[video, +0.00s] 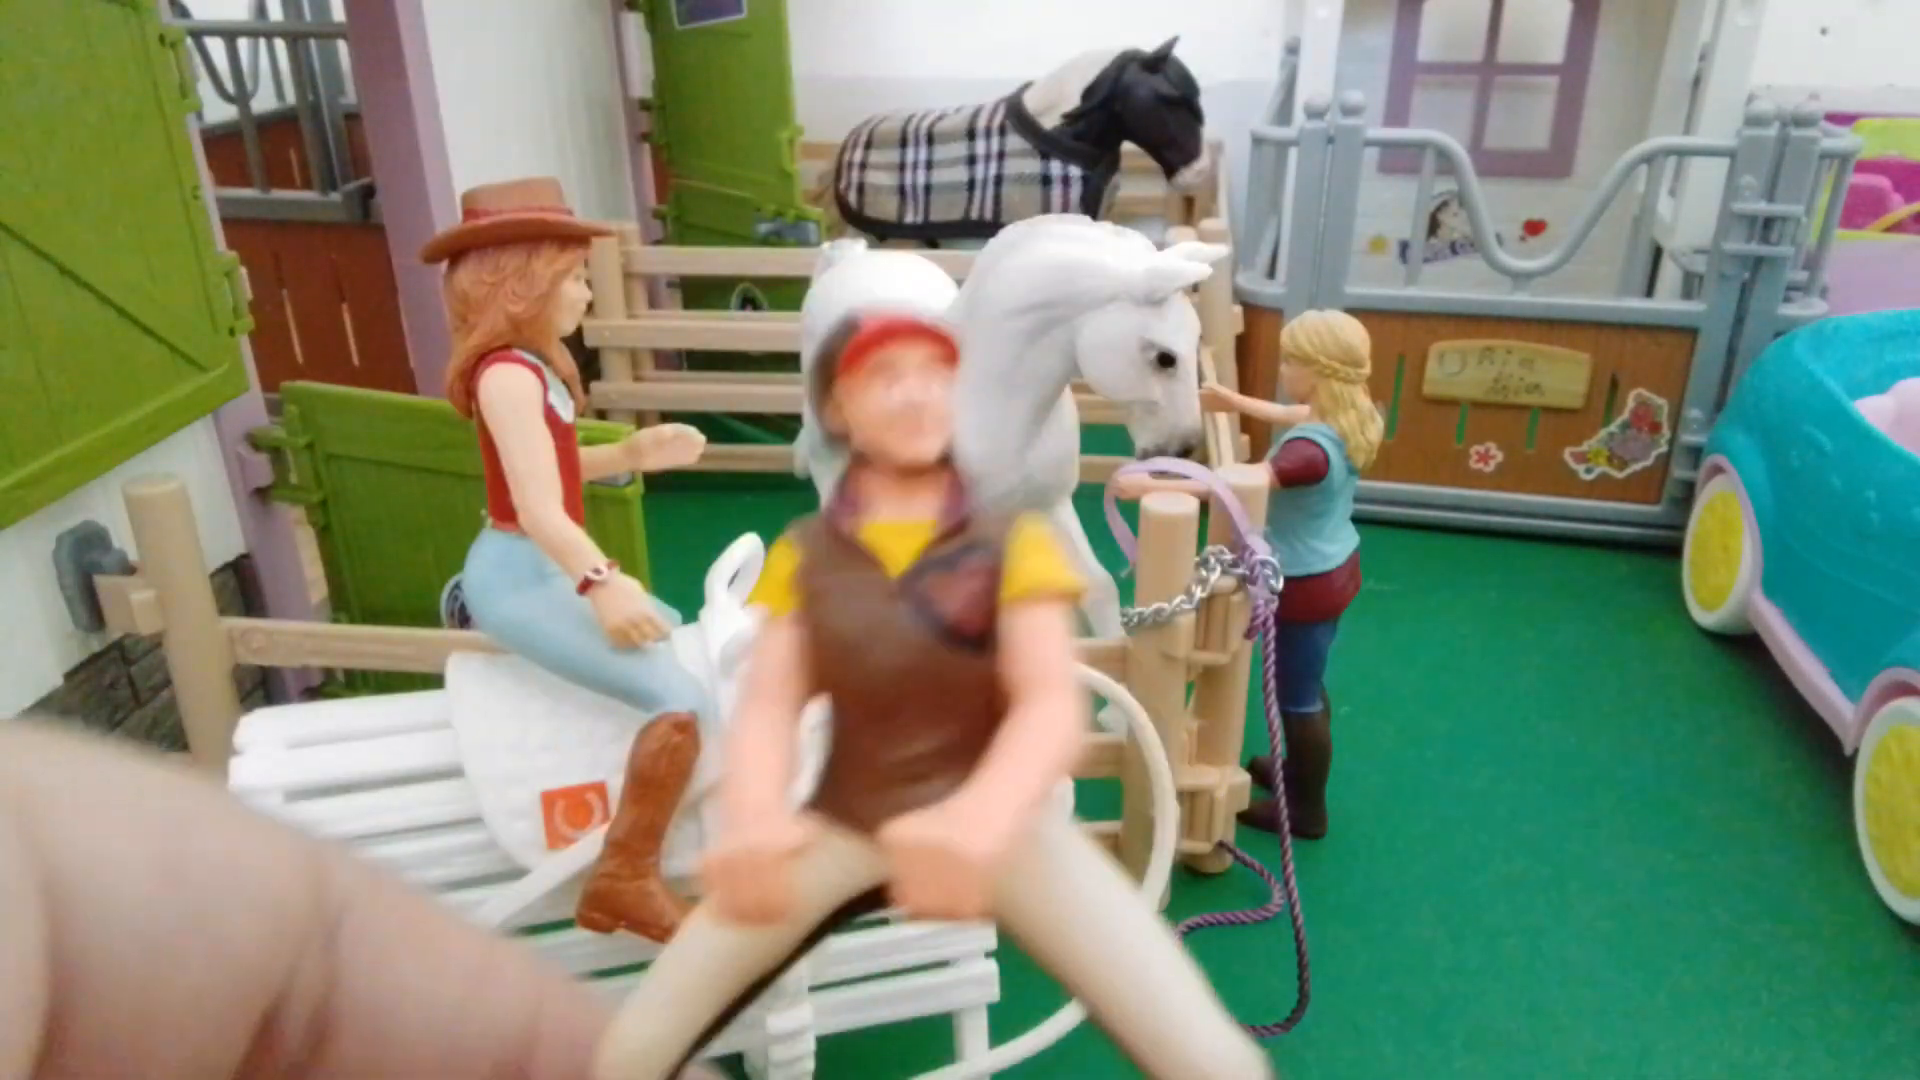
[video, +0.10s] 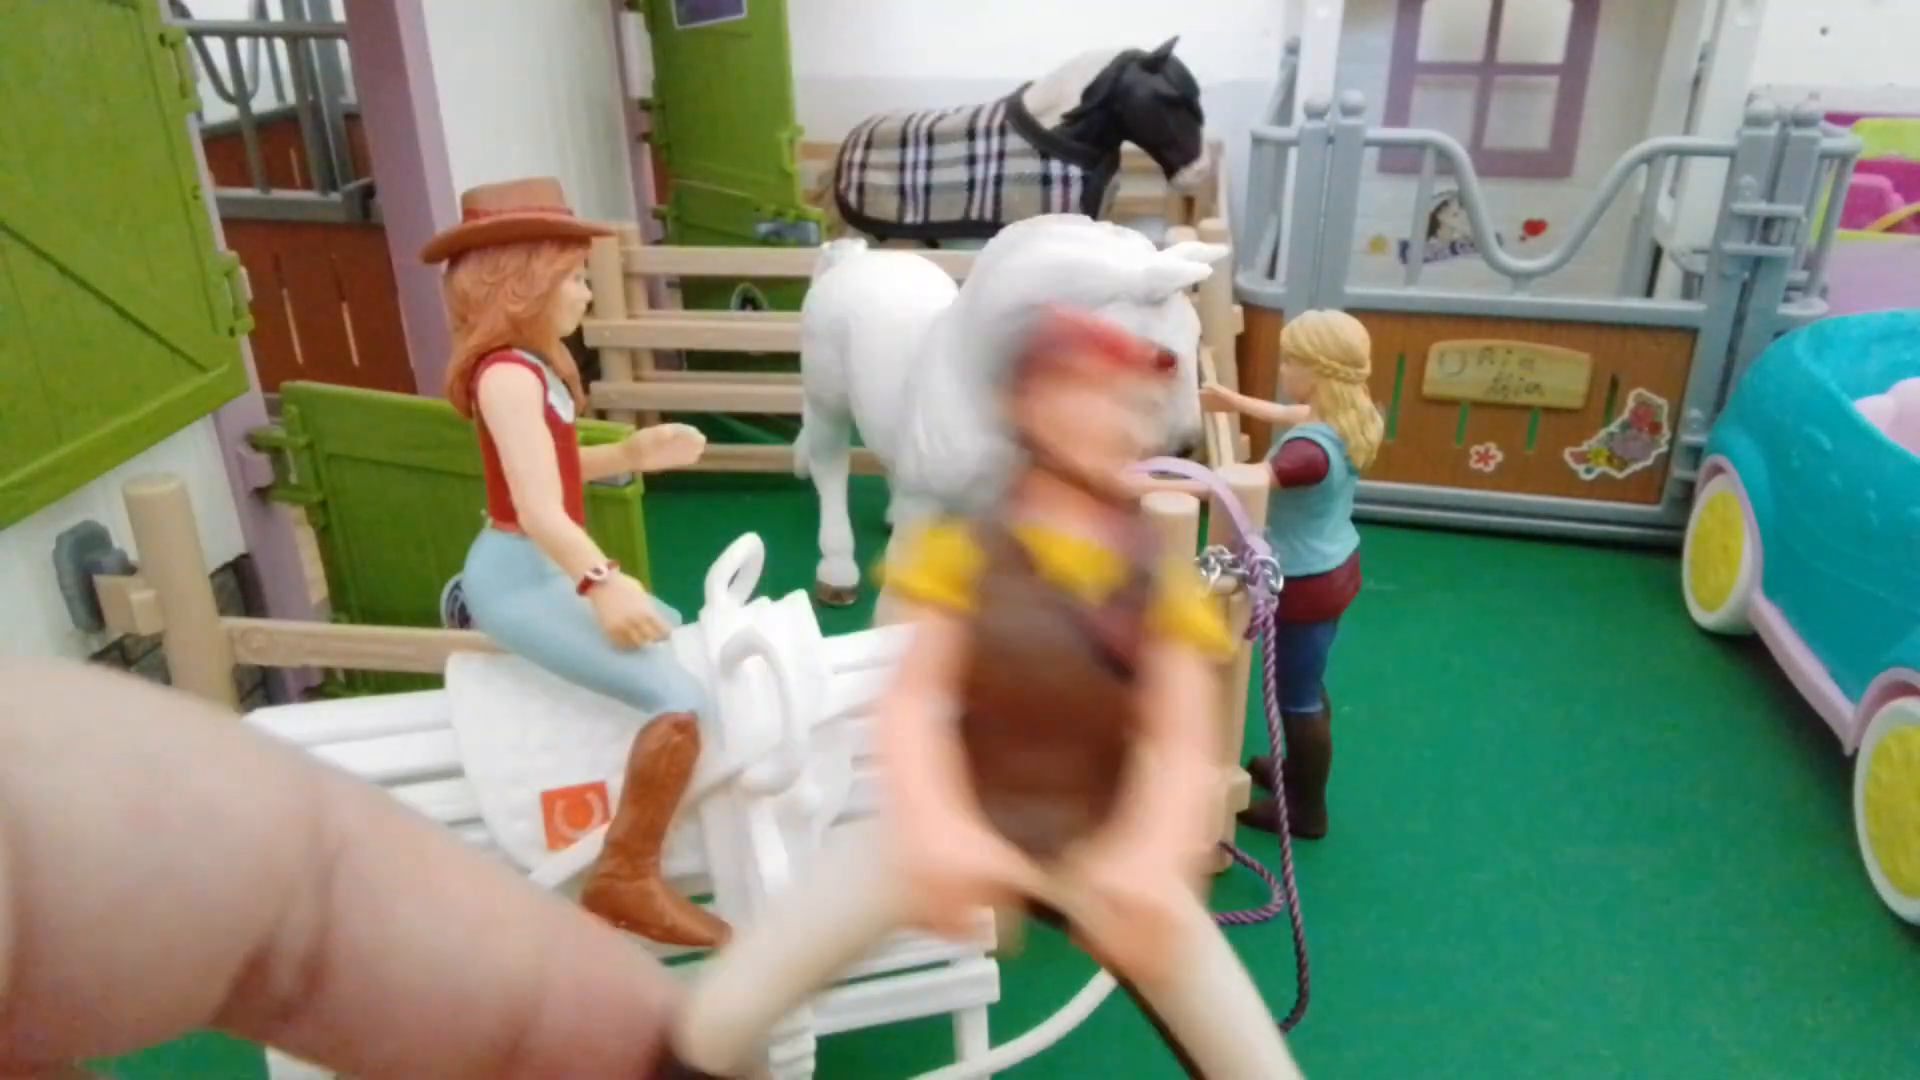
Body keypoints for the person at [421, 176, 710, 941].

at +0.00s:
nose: (589, 292)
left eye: (586, 276)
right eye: (577, 277)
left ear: (535, 285)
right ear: (528, 285)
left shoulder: (542, 368)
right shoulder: (509, 376)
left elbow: (551, 470)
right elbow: (538, 510)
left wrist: (634, 454)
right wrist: (604, 581)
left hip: (553, 563)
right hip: (516, 574)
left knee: (701, 674)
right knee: (678, 694)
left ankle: (641, 871)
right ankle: (623, 878)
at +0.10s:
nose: (588, 293)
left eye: (585, 276)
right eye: (576, 277)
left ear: (537, 286)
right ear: (527, 286)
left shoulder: (541, 368)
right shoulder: (509, 377)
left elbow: (554, 468)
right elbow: (536, 510)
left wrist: (634, 454)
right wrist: (603, 583)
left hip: (553, 563)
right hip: (515, 576)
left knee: (701, 666)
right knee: (680, 696)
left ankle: (641, 874)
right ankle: (624, 878)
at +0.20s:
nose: (589, 293)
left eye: (585, 276)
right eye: (577, 278)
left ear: (535, 286)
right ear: (526, 286)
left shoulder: (542, 369)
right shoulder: (508, 377)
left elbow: (551, 470)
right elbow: (538, 510)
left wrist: (635, 454)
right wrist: (603, 581)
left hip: (551, 563)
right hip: (517, 576)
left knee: (701, 671)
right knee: (679, 696)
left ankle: (641, 871)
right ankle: (625, 876)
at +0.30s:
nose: (589, 292)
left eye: (585, 276)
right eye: (576, 278)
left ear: (533, 286)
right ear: (526, 286)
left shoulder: (540, 368)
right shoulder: (509, 376)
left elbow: (550, 469)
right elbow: (536, 510)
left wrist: (631, 454)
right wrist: (604, 583)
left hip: (548, 566)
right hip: (517, 576)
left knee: (694, 676)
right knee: (680, 698)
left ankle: (635, 859)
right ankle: (628, 868)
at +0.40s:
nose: (588, 294)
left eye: (585, 278)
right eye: (576, 279)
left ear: (534, 287)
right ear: (526, 287)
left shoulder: (543, 369)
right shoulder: (509, 378)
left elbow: (554, 471)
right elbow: (538, 512)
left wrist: (629, 454)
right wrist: (602, 583)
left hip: (554, 560)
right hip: (515, 574)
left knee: (700, 648)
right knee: (680, 696)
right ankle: (627, 878)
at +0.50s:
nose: (588, 292)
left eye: (585, 276)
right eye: (577, 277)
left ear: (533, 286)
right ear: (527, 286)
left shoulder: (539, 368)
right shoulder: (509, 377)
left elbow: (551, 469)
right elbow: (538, 510)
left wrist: (633, 454)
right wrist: (604, 582)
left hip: (548, 564)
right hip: (518, 577)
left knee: (699, 669)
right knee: (680, 697)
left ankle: (636, 863)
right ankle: (624, 878)